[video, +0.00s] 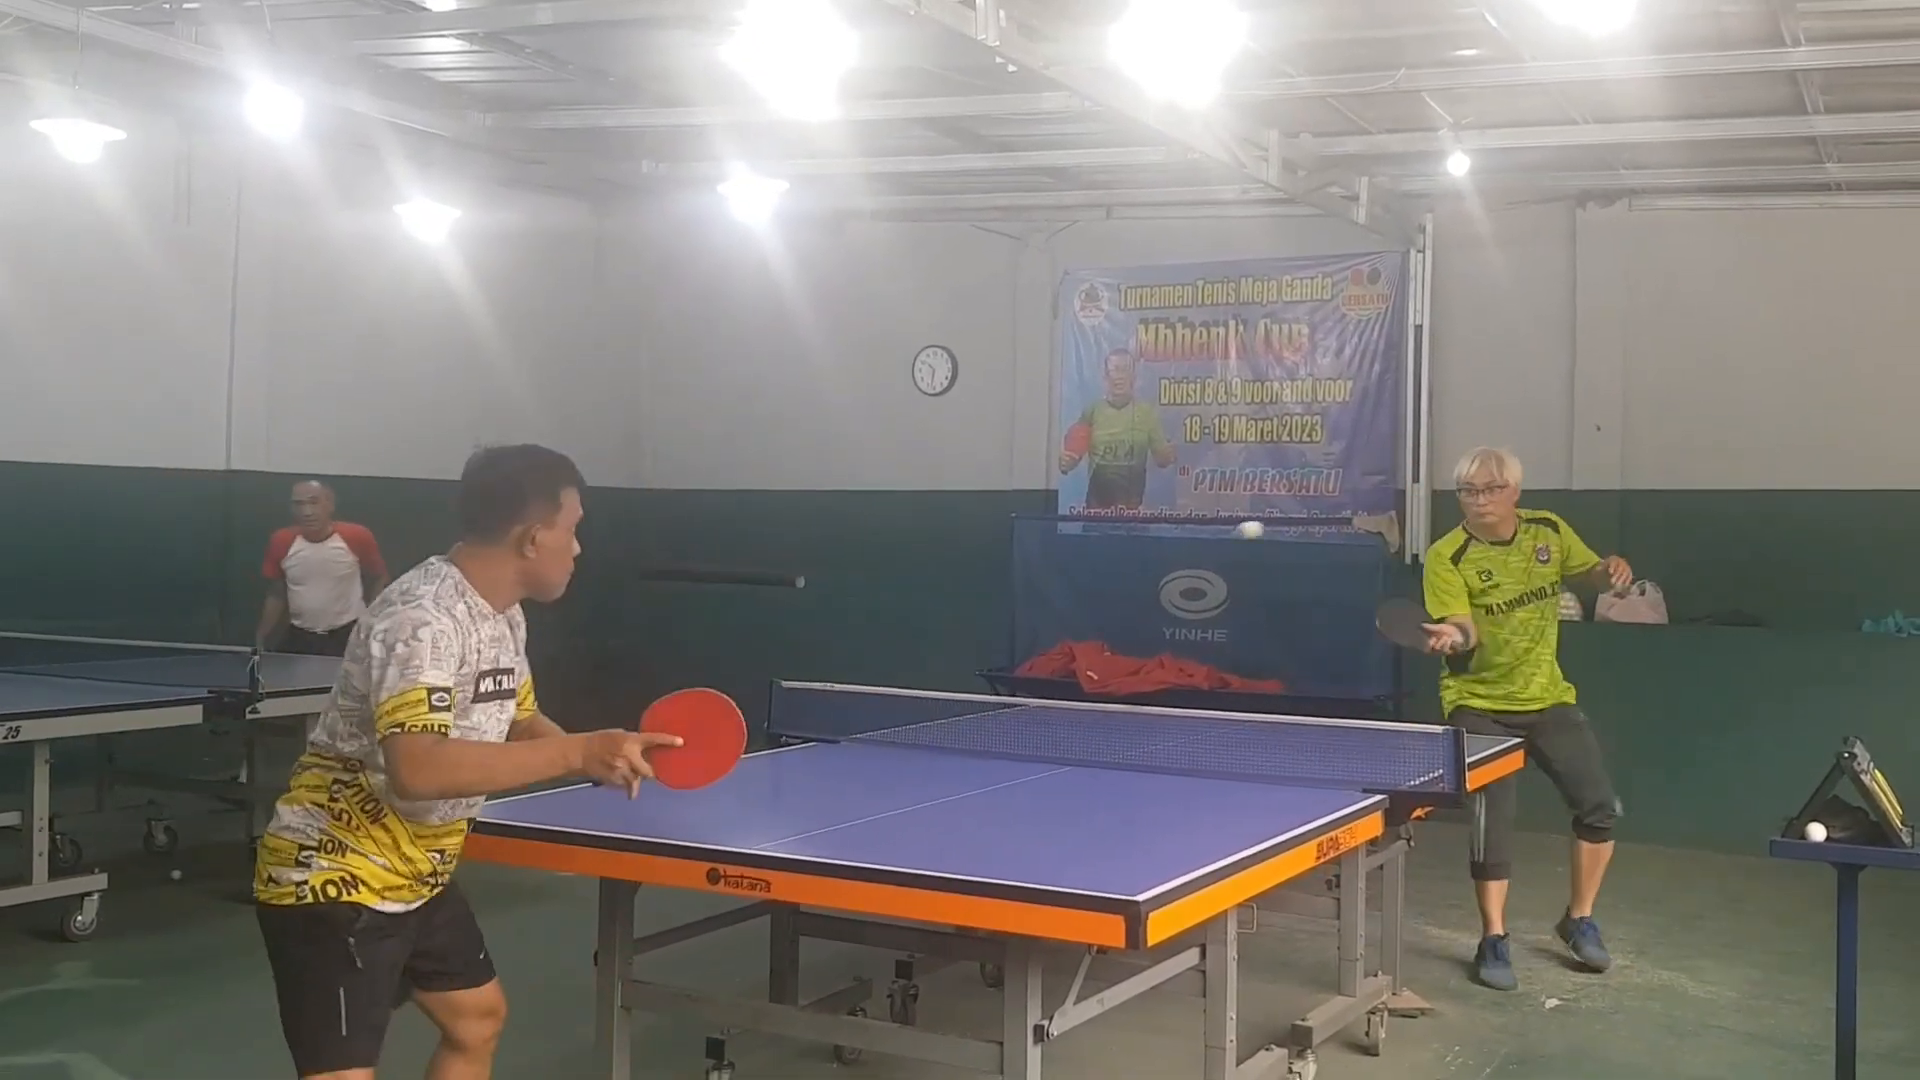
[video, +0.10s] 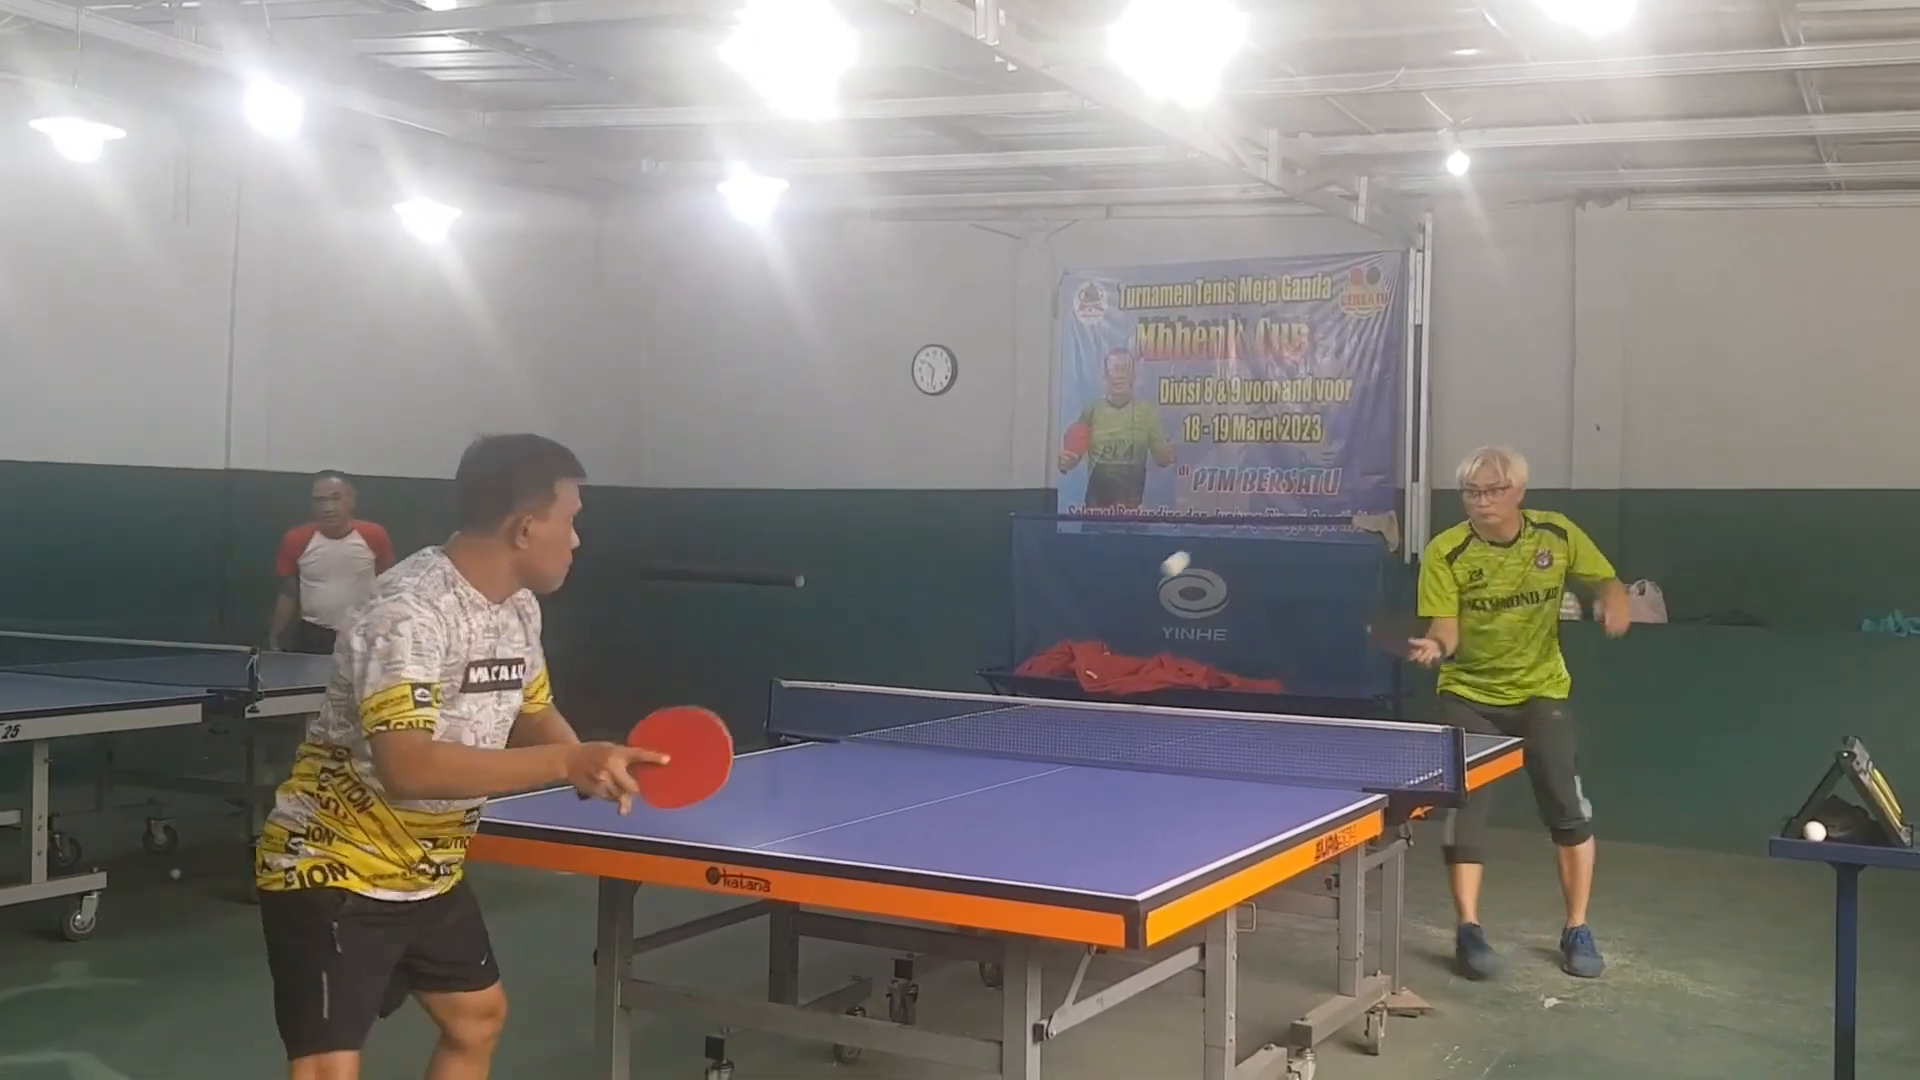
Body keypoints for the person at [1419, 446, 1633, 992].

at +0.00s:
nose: (1477, 499)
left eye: (1489, 489)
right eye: (1468, 490)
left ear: (1516, 493)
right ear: (1459, 495)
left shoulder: (1549, 532)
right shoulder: (1445, 557)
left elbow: (1594, 578)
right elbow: (1462, 629)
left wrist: (1615, 571)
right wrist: (1452, 634)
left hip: (1547, 698)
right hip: (1478, 703)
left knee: (1599, 806)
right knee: (1491, 814)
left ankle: (1580, 919)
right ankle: (1494, 938)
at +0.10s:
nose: (1481, 501)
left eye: (1493, 490)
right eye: (1473, 491)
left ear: (1519, 492)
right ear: (1463, 495)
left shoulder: (1557, 534)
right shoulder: (1444, 552)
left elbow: (1607, 584)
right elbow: (1444, 627)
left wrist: (1614, 604)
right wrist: (1435, 643)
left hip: (1540, 686)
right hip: (1468, 689)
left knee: (1563, 798)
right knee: (1466, 794)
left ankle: (1577, 929)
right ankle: (1468, 929)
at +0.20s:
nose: (1476, 513)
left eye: (1488, 503)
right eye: (1468, 504)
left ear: (1514, 507)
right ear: (1459, 509)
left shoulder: (1553, 551)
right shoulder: (1441, 564)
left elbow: (1608, 603)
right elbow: (1430, 636)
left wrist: (1619, 657)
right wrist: (1411, 656)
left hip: (1535, 701)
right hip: (1459, 700)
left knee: (1561, 809)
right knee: (1428, 795)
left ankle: (1576, 929)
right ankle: (1415, 910)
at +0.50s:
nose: (1420, 531)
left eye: (1431, 522)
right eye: (1411, 522)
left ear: (1454, 524)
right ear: (1401, 526)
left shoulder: (1491, 561)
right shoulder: (1384, 576)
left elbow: (1540, 605)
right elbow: (1360, 641)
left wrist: (1568, 648)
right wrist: (1333, 666)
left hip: (1483, 699)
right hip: (1409, 702)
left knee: (1535, 792)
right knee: (1362, 781)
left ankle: (1564, 908)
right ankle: (1345, 871)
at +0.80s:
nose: (1398, 514)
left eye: (1408, 505)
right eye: (1395, 506)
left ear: (1439, 506)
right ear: (1395, 510)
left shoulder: (1483, 541)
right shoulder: (1395, 561)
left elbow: (1536, 583)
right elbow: (1383, 624)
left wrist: (1545, 592)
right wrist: (1333, 650)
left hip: (1492, 692)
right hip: (1423, 691)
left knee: (1531, 788)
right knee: (1374, 765)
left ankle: (1552, 874)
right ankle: (1358, 859)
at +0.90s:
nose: (1360, 501)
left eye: (1369, 492)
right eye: (1361, 493)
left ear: (1398, 496)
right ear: (1376, 500)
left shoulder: (1449, 528)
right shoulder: (1367, 557)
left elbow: (1511, 557)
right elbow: (1323, 601)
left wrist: (1551, 586)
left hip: (1487, 678)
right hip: (1422, 680)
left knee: (1526, 779)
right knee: (1375, 755)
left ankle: (1554, 872)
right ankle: (1372, 849)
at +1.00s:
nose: (1319, 506)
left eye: (1329, 497)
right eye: (1319, 498)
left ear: (1360, 503)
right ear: (1326, 508)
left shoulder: (1401, 527)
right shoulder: (1322, 555)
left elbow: (1472, 545)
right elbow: (1263, 559)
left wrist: (1528, 578)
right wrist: (1212, 557)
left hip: (1467, 658)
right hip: (1412, 668)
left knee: (1522, 745)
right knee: (1374, 749)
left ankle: (1577, 841)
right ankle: (1371, 839)